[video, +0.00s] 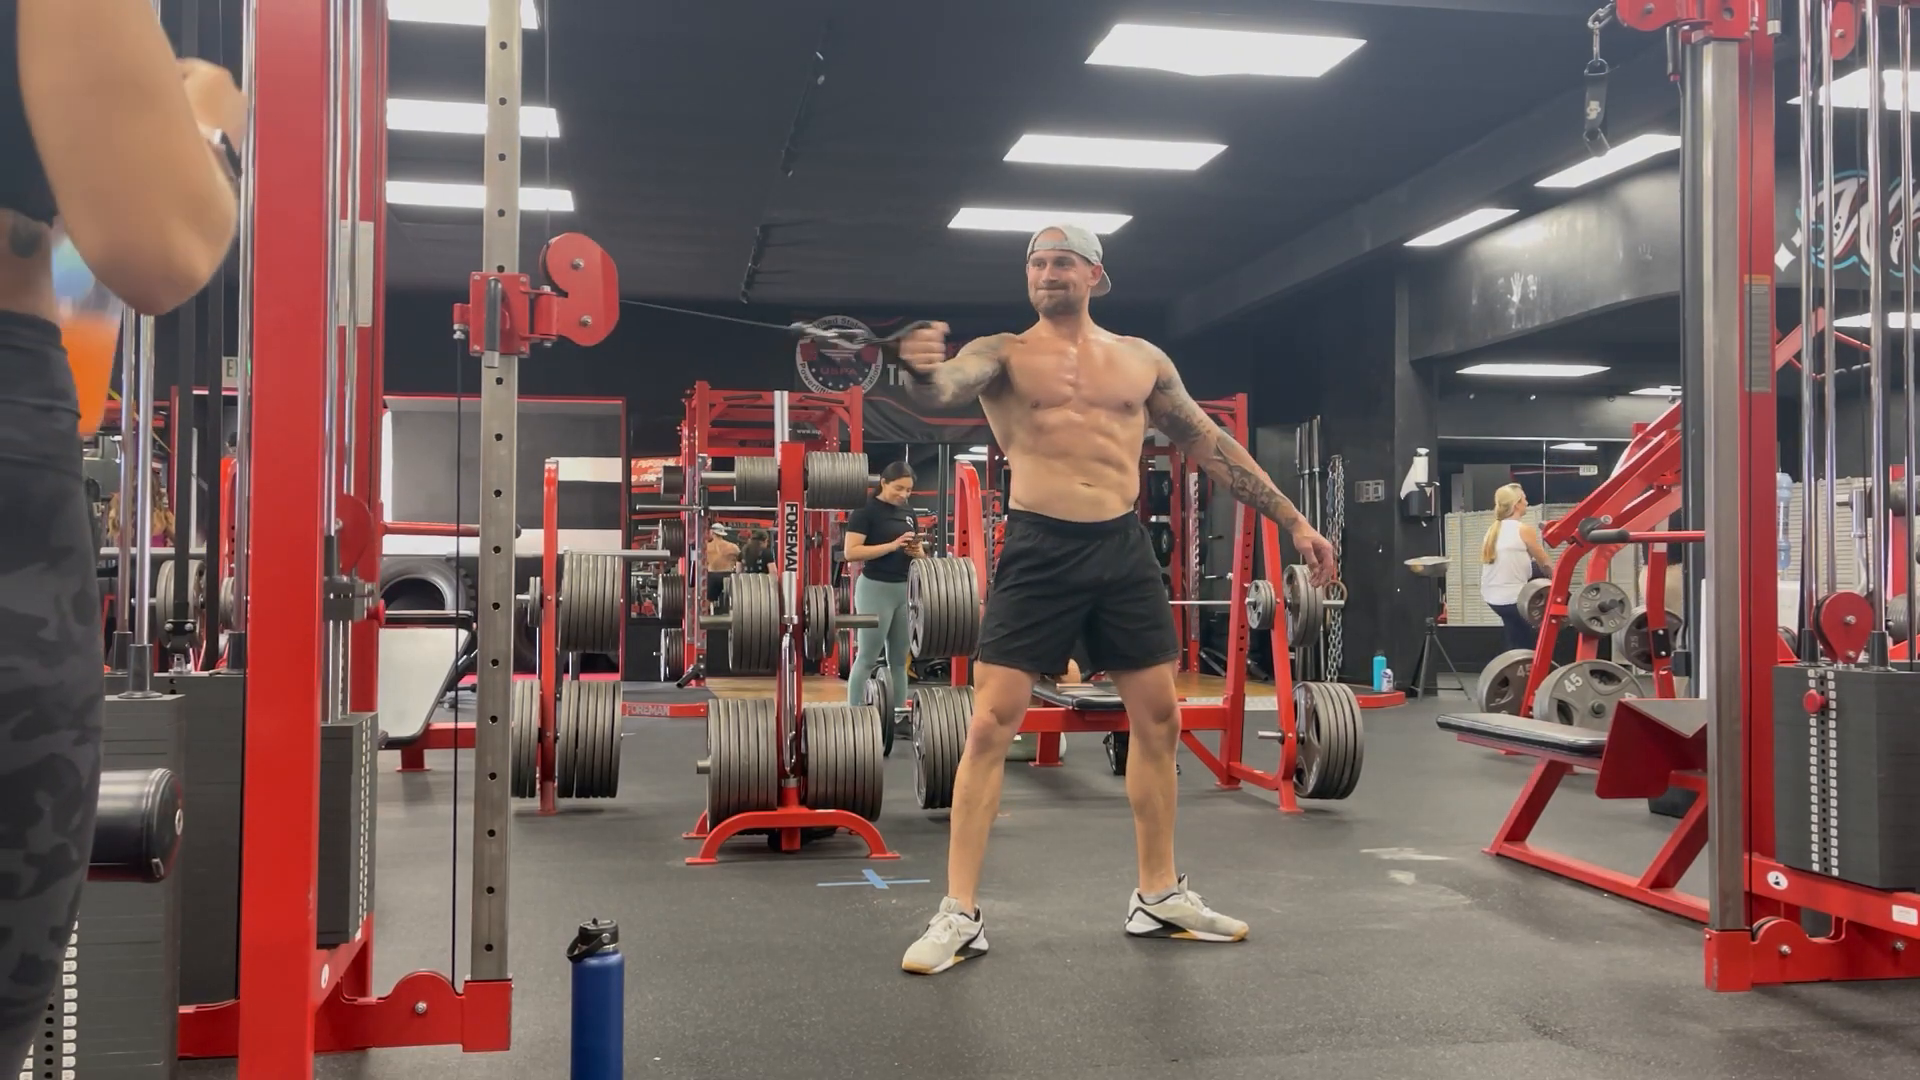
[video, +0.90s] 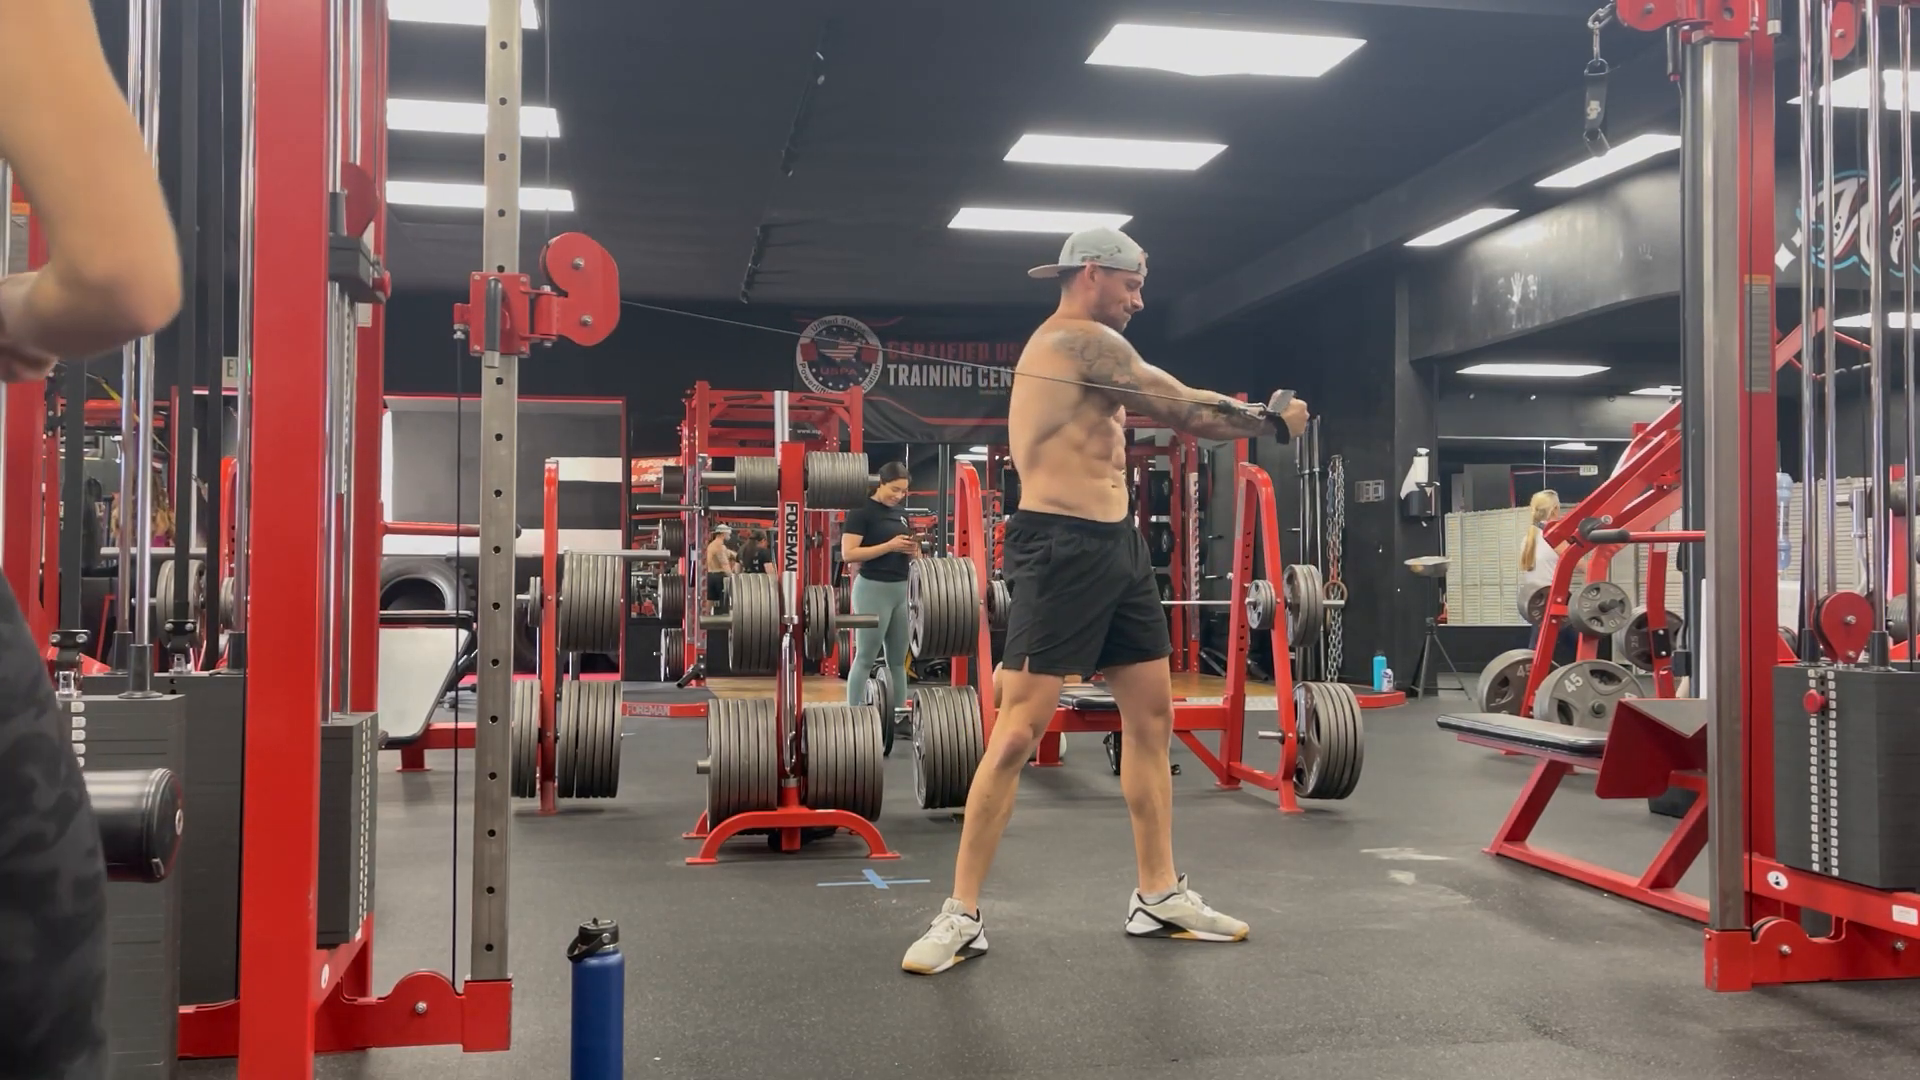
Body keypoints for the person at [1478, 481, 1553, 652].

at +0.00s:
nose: (1526, 503)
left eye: (1525, 499)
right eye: (1524, 500)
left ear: (1503, 506)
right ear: (1516, 505)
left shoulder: (1493, 529)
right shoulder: (1523, 529)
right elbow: (1544, 561)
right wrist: (1556, 579)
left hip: (1492, 598)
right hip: (1514, 600)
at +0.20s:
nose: (1529, 503)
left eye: (1528, 499)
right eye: (1526, 500)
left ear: (1505, 505)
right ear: (1519, 505)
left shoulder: (1498, 529)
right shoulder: (1526, 529)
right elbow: (1549, 559)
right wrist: (1557, 576)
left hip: (1498, 597)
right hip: (1520, 598)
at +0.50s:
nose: (1535, 506)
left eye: (1534, 502)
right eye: (1533, 503)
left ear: (1512, 507)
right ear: (1526, 506)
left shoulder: (1504, 531)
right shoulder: (1533, 530)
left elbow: (1500, 561)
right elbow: (1553, 553)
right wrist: (1560, 554)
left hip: (1509, 595)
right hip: (1533, 595)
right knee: (1529, 640)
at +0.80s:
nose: (1552, 508)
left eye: (1551, 504)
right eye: (1551, 504)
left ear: (1528, 507)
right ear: (1546, 507)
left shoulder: (1520, 532)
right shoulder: (1551, 530)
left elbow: (1519, 561)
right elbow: (1568, 556)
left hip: (1522, 594)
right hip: (1546, 595)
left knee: (1531, 638)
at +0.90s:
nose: (1559, 512)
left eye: (1558, 508)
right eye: (1558, 508)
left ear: (1536, 511)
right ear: (1554, 511)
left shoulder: (1530, 535)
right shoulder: (1554, 535)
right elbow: (1577, 562)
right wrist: (1594, 569)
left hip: (1531, 595)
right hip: (1551, 596)